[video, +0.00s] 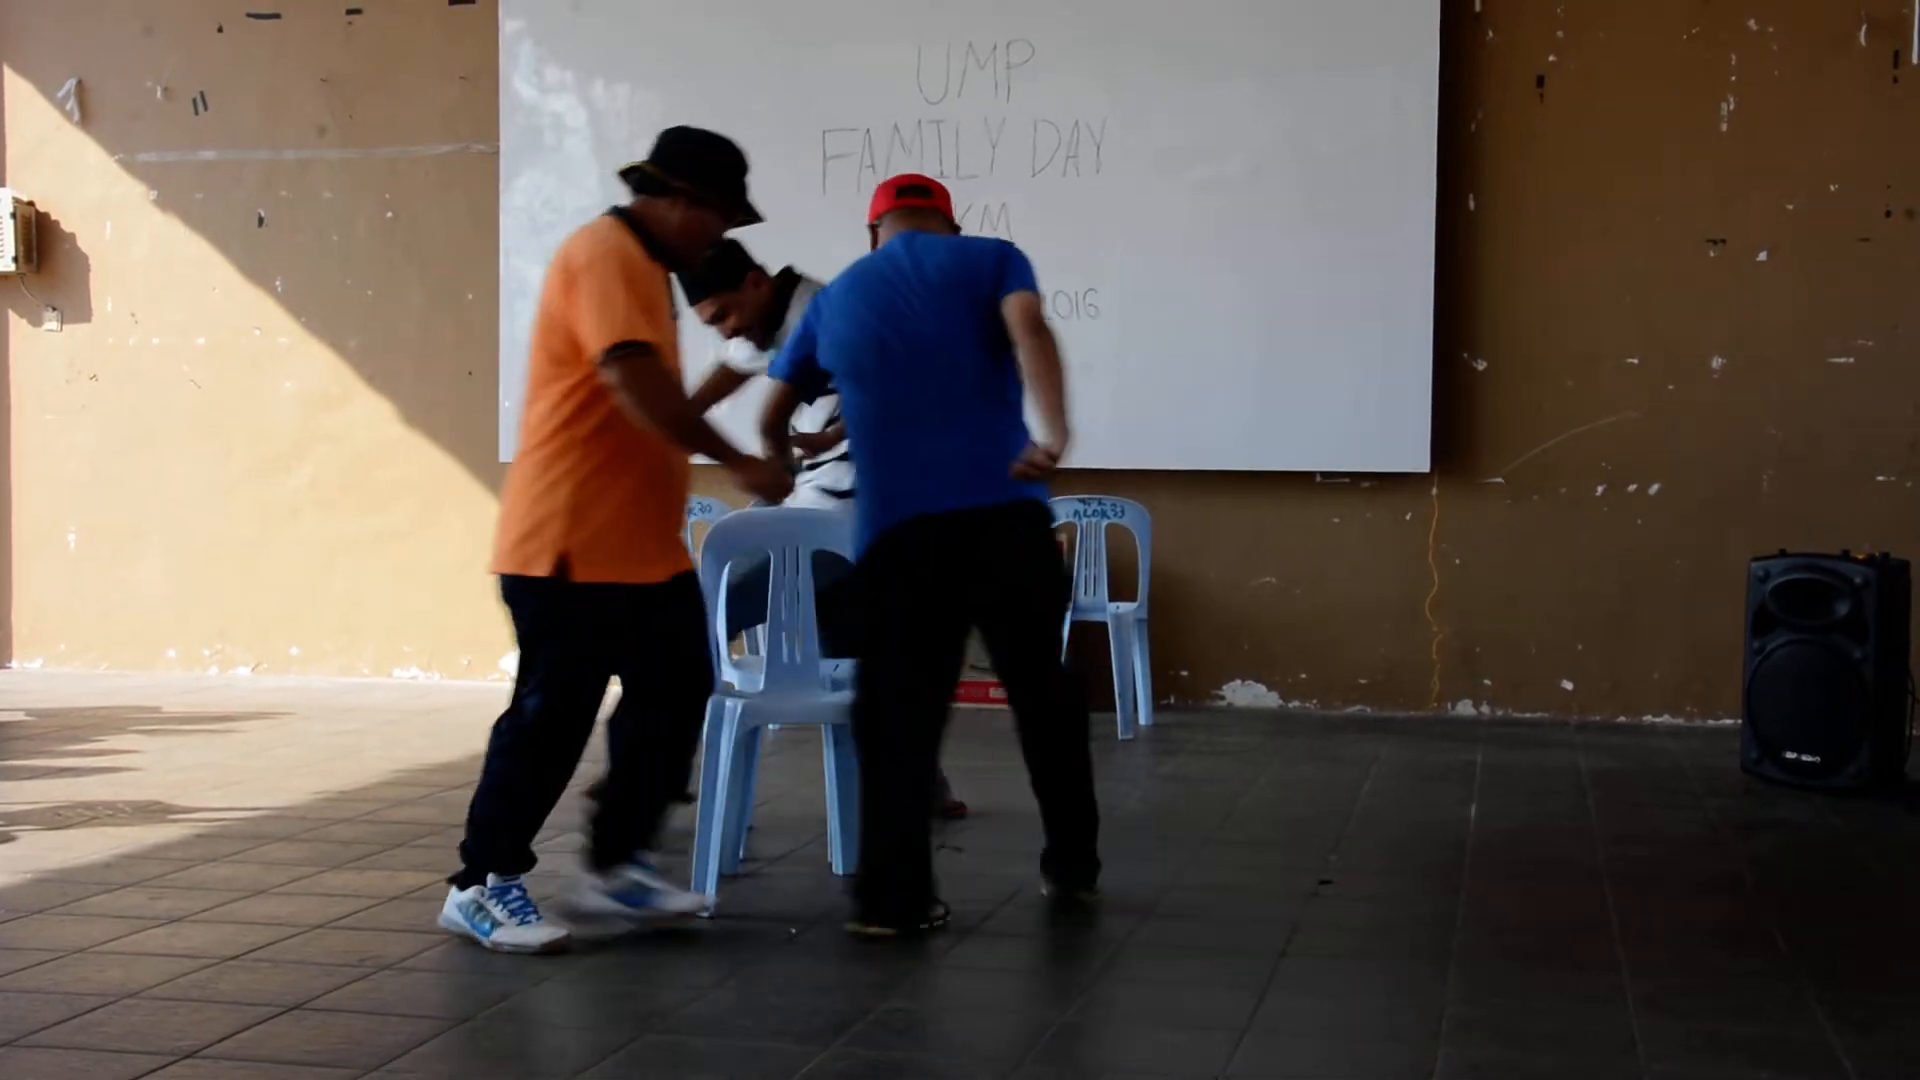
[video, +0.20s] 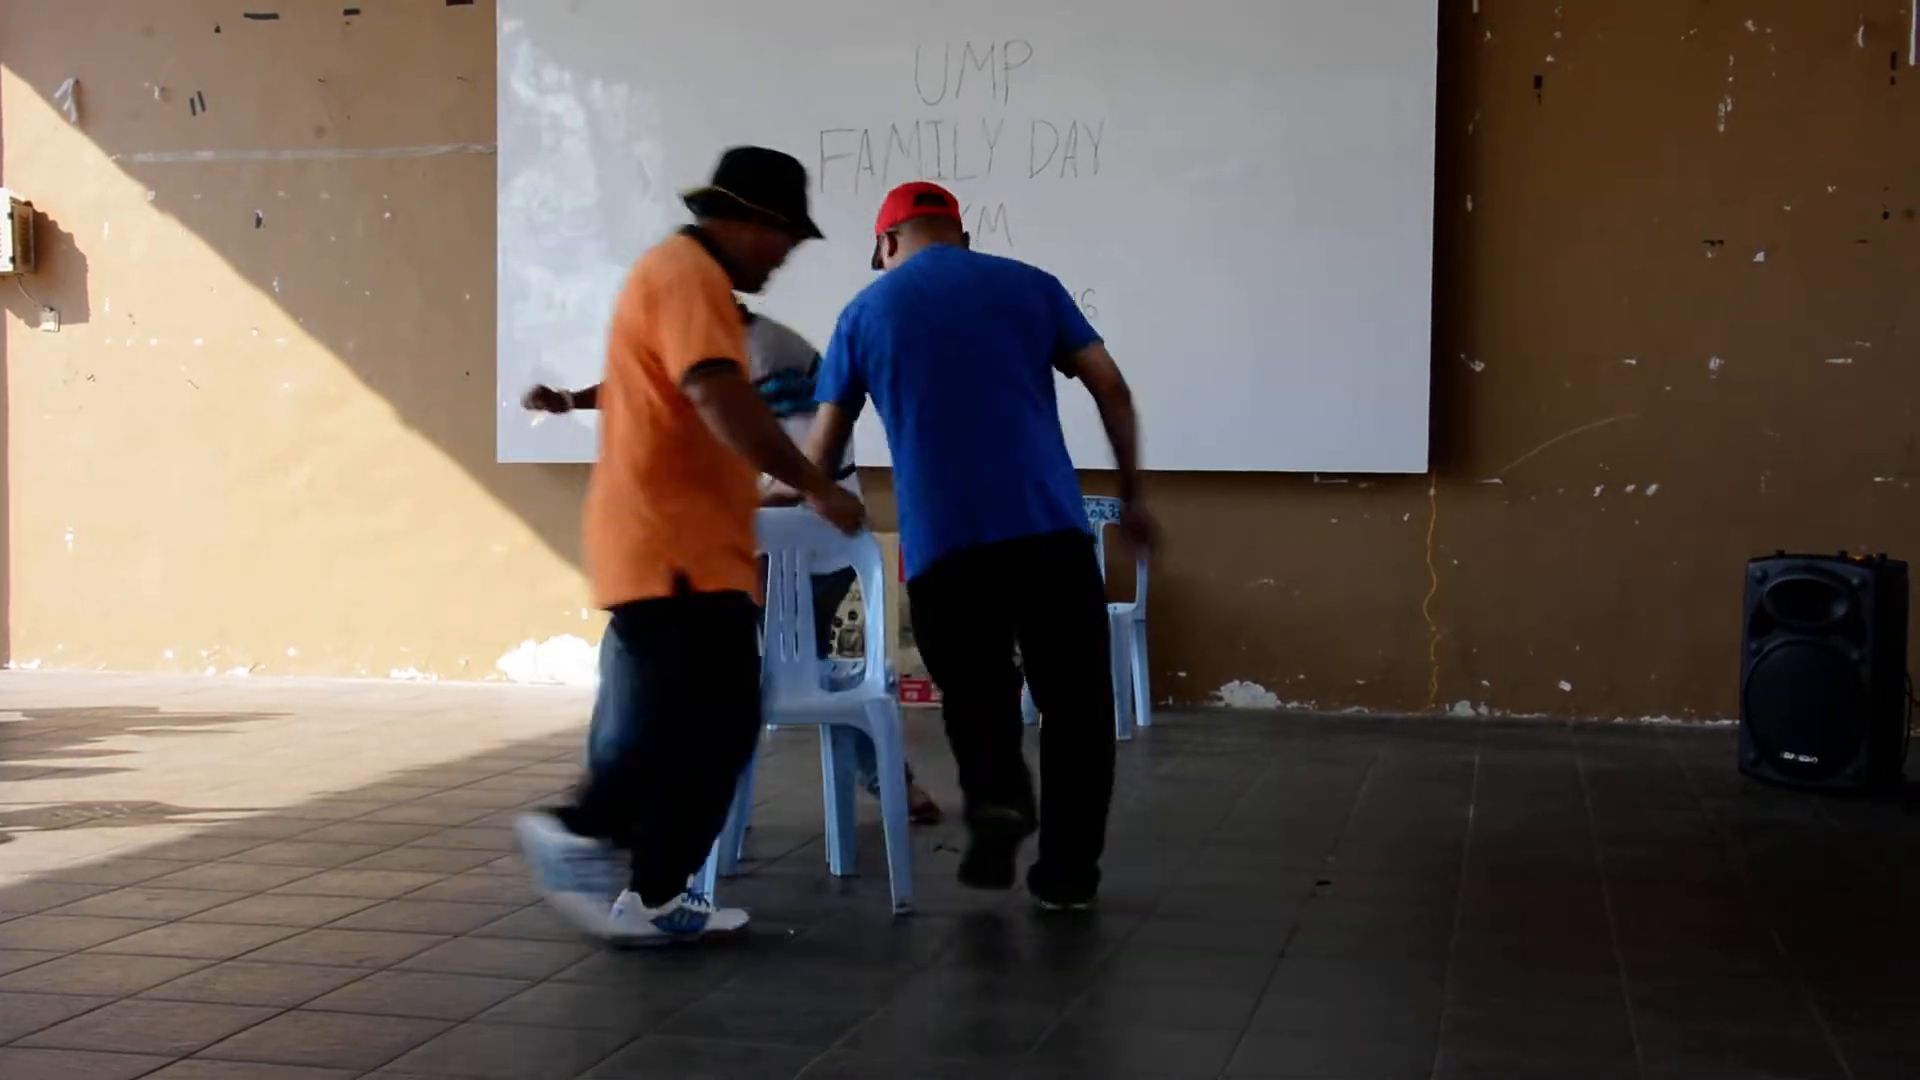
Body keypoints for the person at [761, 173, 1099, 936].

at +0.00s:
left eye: (886, 224)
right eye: (947, 222)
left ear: (875, 231)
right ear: (950, 221)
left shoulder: (832, 299)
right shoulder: (993, 257)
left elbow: (770, 415)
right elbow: (1030, 326)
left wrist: (780, 465)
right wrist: (1053, 433)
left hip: (901, 538)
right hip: (1007, 527)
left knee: (897, 723)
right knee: (1045, 694)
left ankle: (895, 901)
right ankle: (1073, 868)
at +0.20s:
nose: (882, 261)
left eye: (880, 252)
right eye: (883, 252)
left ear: (891, 243)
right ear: (960, 232)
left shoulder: (870, 308)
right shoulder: (1030, 282)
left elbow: (823, 450)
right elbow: (1109, 384)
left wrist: (817, 493)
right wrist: (1133, 495)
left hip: (946, 544)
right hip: (1050, 528)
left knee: (974, 691)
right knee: (1077, 702)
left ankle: (996, 808)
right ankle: (1069, 878)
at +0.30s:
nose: (874, 270)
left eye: (873, 259)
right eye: (873, 260)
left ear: (890, 248)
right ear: (947, 236)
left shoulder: (875, 311)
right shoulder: (1029, 288)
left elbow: (836, 448)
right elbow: (1075, 410)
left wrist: (819, 489)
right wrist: (1027, 465)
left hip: (952, 536)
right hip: (1055, 525)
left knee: (966, 693)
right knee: (1067, 697)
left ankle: (991, 843)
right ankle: (1067, 875)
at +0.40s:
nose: (861, 287)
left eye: (860, 277)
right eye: (859, 279)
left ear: (877, 261)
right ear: (932, 248)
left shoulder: (870, 316)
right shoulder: (1009, 294)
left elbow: (838, 434)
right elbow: (1039, 383)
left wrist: (837, 498)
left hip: (951, 531)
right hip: (1052, 521)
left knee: (955, 692)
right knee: (1064, 691)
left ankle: (975, 845)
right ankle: (1066, 860)